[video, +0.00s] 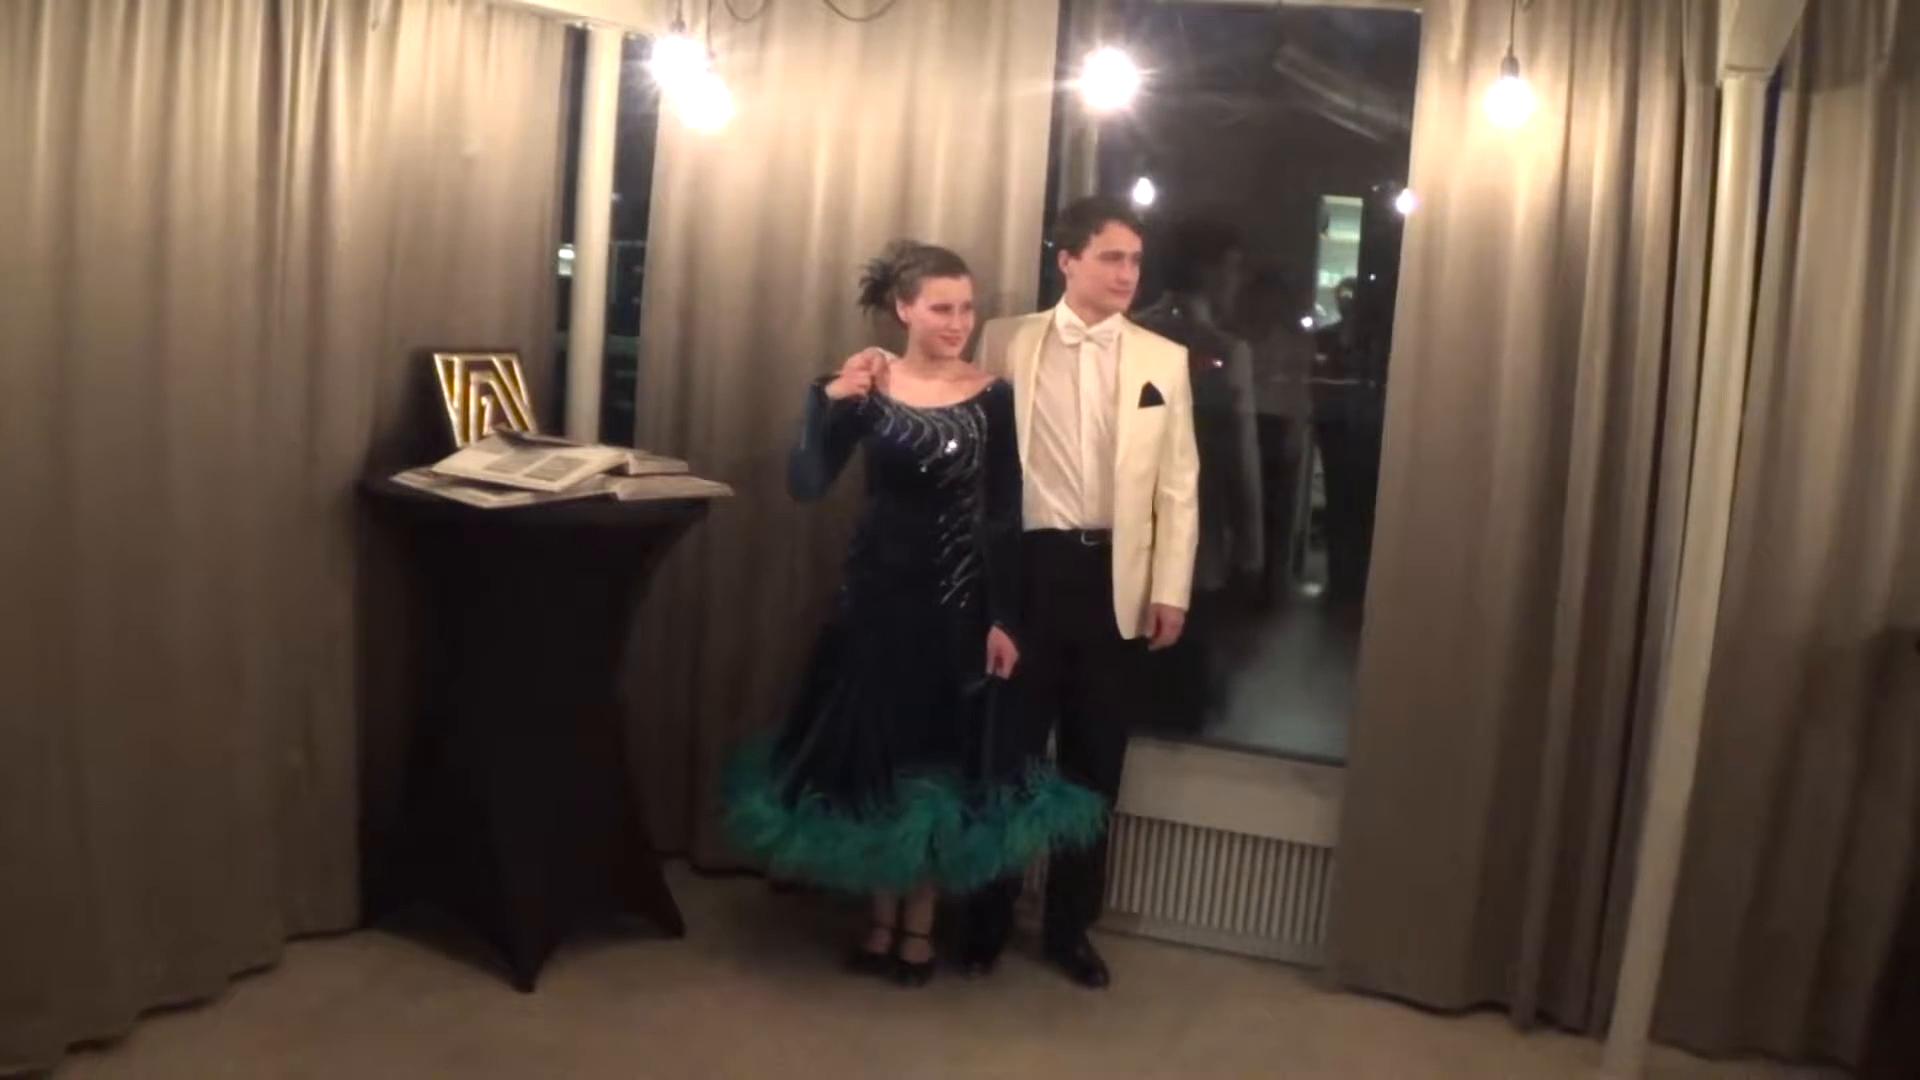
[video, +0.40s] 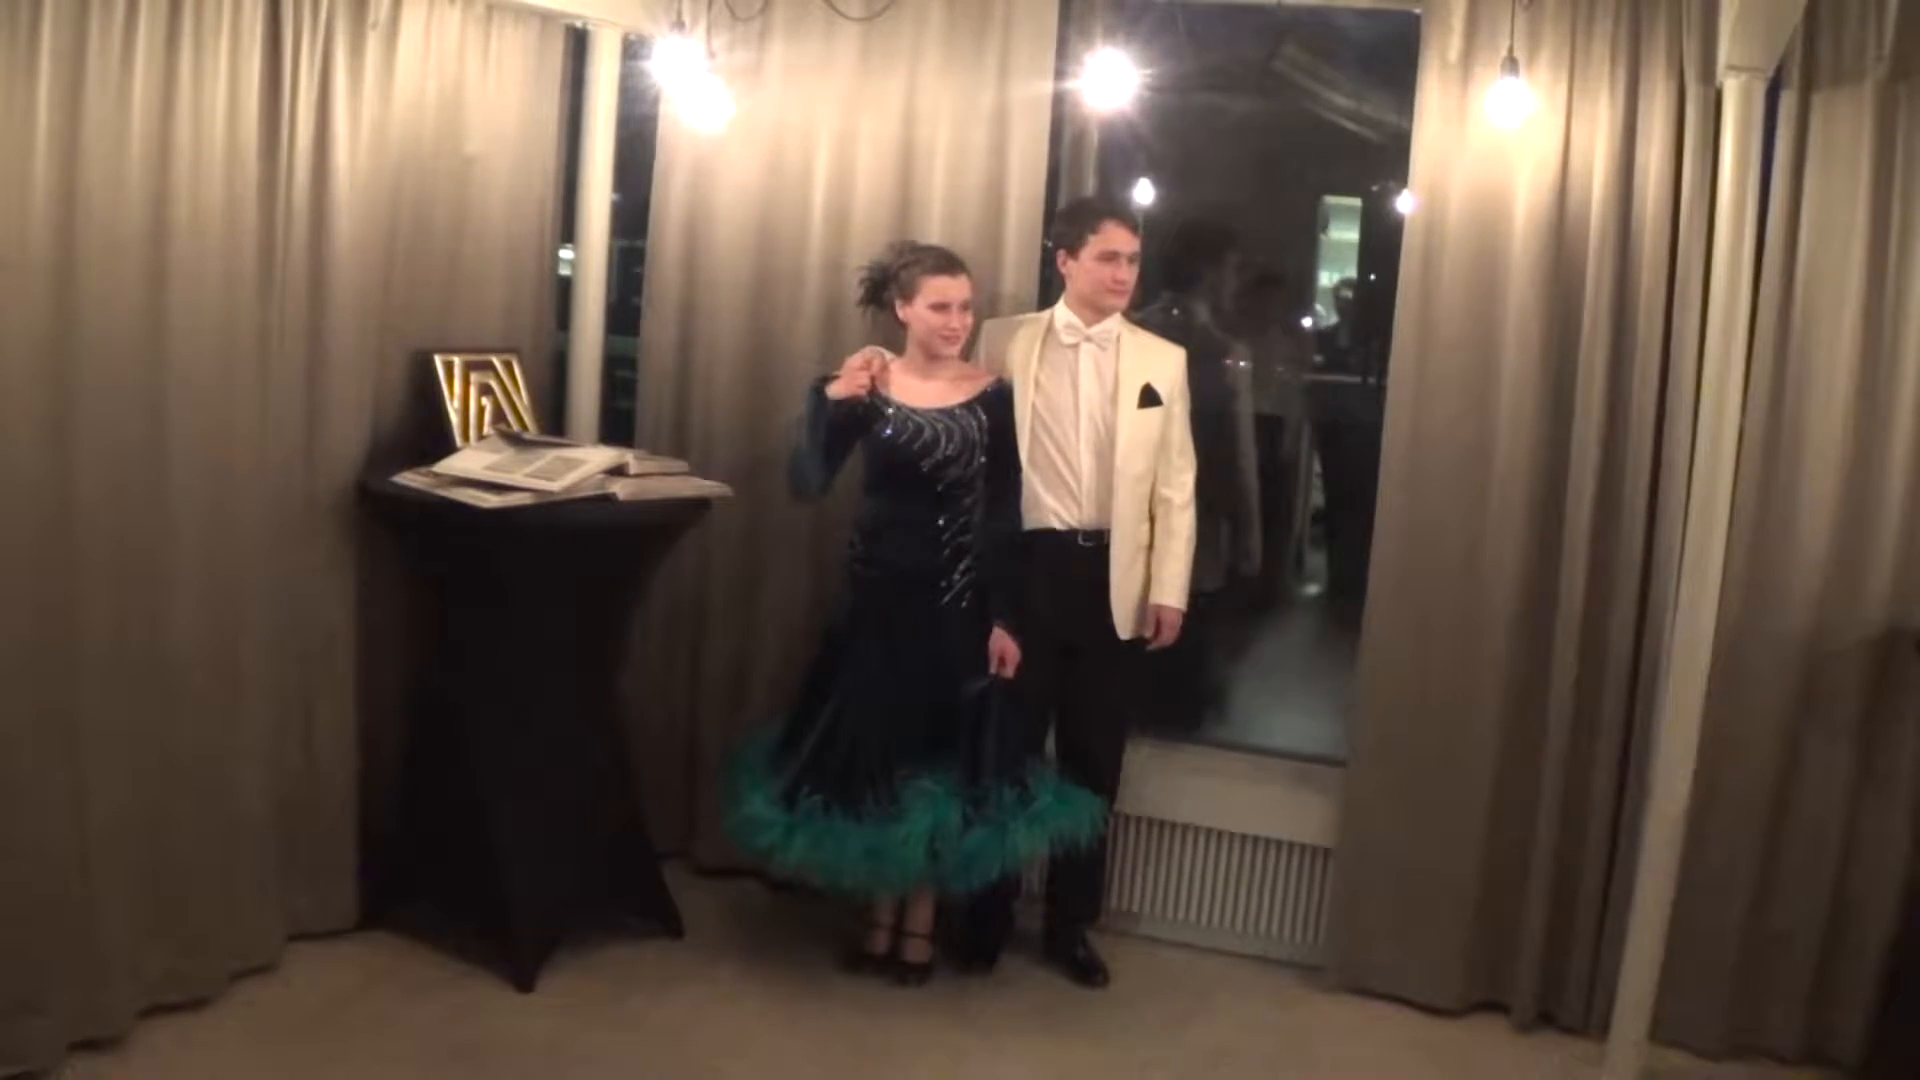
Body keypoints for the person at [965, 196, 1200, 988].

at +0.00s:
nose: (1127, 274)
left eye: (1136, 262)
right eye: (1111, 258)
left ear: (1143, 272)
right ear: (1066, 261)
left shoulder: (1163, 360)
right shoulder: (1008, 343)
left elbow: (1180, 483)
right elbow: (969, 457)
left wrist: (1171, 587)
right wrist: (964, 569)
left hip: (1117, 574)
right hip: (1023, 566)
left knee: (1096, 757)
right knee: (1008, 743)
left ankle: (1069, 928)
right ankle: (982, 922)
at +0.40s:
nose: (1124, 275)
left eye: (1133, 262)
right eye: (1109, 259)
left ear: (1141, 272)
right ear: (1064, 262)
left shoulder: (1163, 362)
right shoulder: (1007, 343)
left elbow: (1177, 485)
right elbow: (967, 457)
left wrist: (1169, 588)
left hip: (1114, 575)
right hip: (1020, 567)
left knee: (1094, 756)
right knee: (1005, 742)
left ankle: (1071, 926)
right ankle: (980, 921)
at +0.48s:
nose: (1124, 274)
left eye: (1133, 262)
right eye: (1109, 258)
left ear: (1140, 273)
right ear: (1064, 262)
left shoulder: (1162, 362)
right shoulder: (1007, 342)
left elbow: (1177, 485)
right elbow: (966, 453)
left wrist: (1169, 588)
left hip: (1114, 576)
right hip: (1020, 567)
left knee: (1094, 756)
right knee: (1006, 742)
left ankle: (1071, 926)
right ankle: (980, 920)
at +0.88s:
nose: (1112, 271)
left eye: (1123, 257)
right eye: (1097, 257)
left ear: (1135, 266)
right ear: (1059, 263)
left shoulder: (1167, 355)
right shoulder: (1009, 333)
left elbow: (1202, 475)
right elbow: (941, 375)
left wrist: (1185, 580)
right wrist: (879, 358)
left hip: (1116, 572)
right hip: (1023, 561)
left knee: (1097, 754)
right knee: (1009, 739)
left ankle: (1070, 926)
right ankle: (984, 922)